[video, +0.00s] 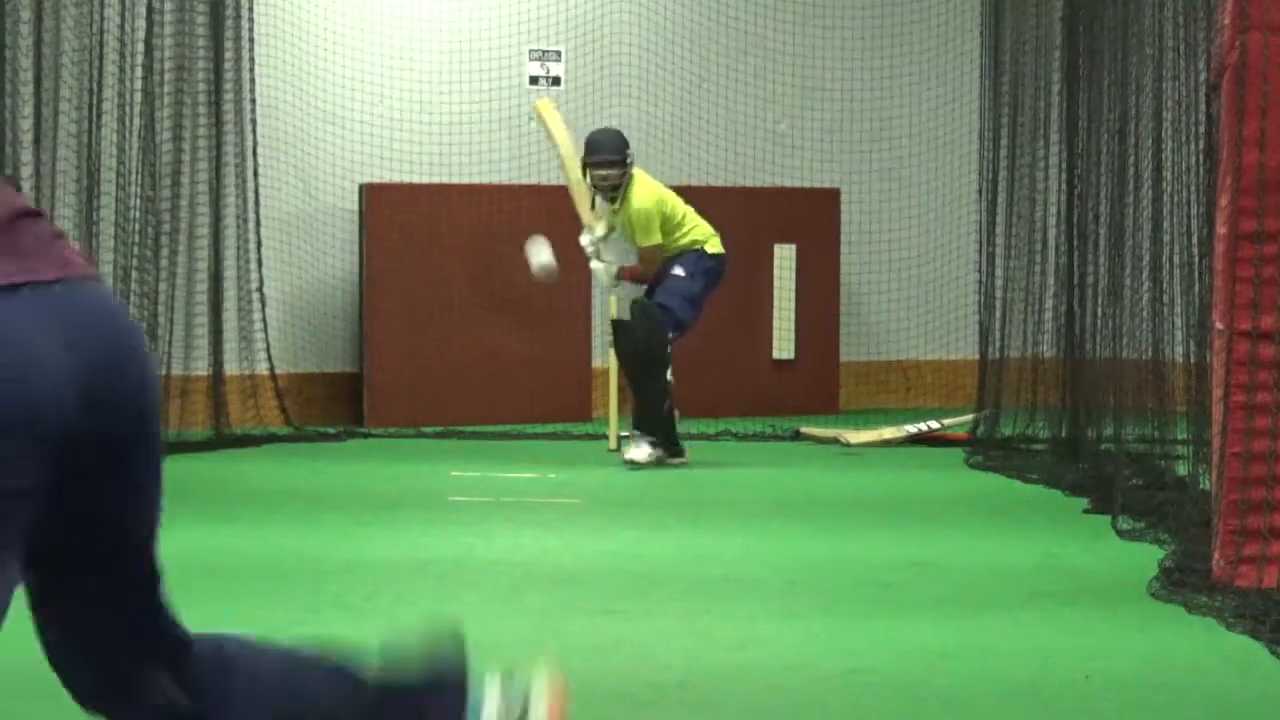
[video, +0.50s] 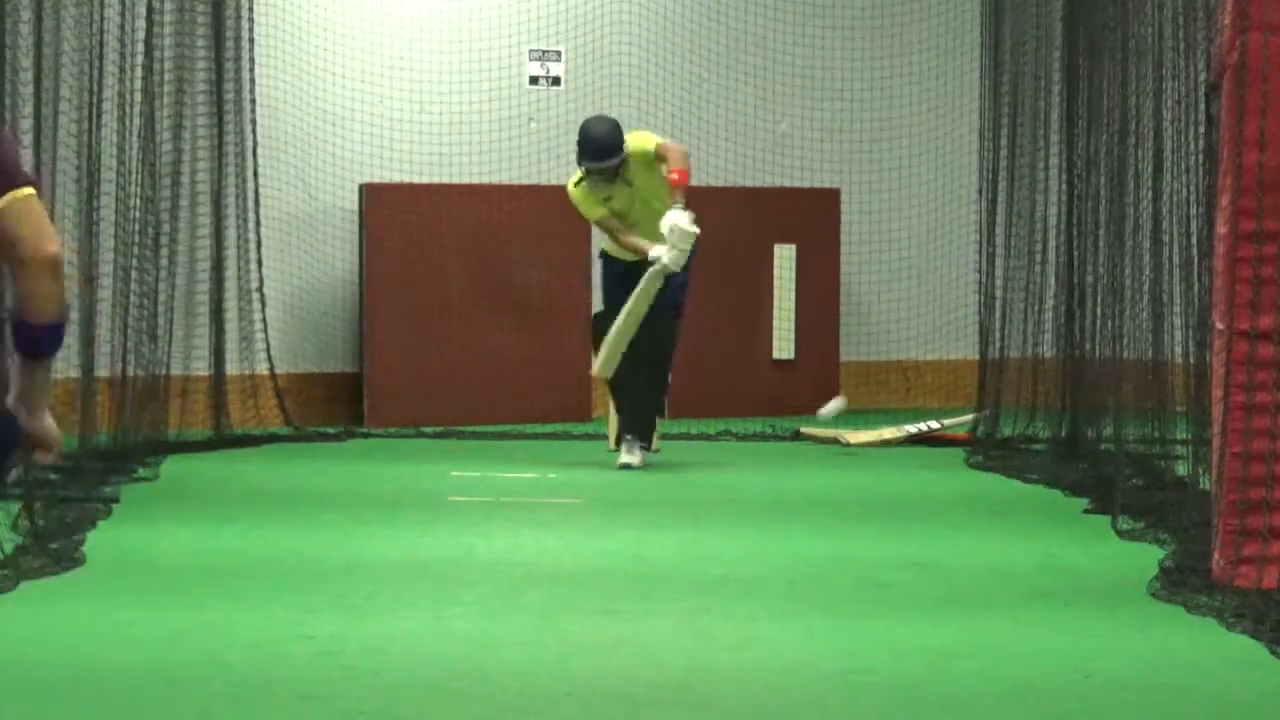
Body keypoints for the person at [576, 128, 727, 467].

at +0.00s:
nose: (607, 176)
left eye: (614, 167)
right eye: (599, 168)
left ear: (626, 166)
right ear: (587, 171)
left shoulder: (641, 201)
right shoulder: (604, 188)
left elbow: (651, 272)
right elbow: (604, 216)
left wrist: (616, 271)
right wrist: (596, 234)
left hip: (700, 253)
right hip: (672, 255)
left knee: (650, 331)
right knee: (637, 336)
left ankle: (655, 438)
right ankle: (664, 441)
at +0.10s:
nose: (604, 192)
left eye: (611, 183)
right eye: (596, 185)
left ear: (622, 175)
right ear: (582, 180)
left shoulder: (640, 200)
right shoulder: (591, 192)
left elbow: (650, 271)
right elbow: (600, 221)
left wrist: (610, 281)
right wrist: (589, 242)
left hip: (694, 256)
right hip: (661, 260)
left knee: (651, 346)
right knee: (643, 349)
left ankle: (630, 440)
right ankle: (664, 441)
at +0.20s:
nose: (601, 191)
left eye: (608, 183)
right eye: (593, 185)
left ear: (620, 173)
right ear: (582, 179)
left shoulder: (641, 184)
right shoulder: (583, 195)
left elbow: (658, 239)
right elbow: (591, 234)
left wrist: (625, 281)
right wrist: (596, 256)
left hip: (681, 257)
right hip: (644, 262)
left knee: (648, 340)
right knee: (614, 342)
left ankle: (622, 443)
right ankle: (663, 438)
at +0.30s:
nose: (602, 188)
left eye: (608, 179)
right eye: (593, 181)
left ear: (621, 170)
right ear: (582, 176)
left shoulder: (639, 166)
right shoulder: (582, 206)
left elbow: (660, 168)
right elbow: (611, 248)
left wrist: (643, 222)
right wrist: (624, 257)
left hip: (675, 254)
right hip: (635, 266)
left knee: (650, 339)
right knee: (619, 344)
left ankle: (623, 442)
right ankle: (663, 437)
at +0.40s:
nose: (607, 183)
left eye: (613, 175)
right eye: (599, 178)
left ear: (624, 159)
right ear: (586, 169)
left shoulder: (639, 147)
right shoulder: (586, 199)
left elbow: (655, 152)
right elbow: (616, 230)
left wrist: (648, 192)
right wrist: (636, 242)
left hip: (672, 248)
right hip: (628, 258)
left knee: (653, 341)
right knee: (631, 343)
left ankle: (633, 437)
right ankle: (660, 431)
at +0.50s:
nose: (605, 176)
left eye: (611, 168)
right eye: (596, 171)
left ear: (622, 153)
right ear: (583, 161)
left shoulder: (639, 146)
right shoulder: (580, 190)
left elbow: (677, 154)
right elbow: (617, 232)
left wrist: (677, 207)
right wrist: (652, 249)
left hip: (665, 253)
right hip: (621, 257)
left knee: (655, 341)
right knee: (620, 340)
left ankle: (638, 435)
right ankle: (632, 432)